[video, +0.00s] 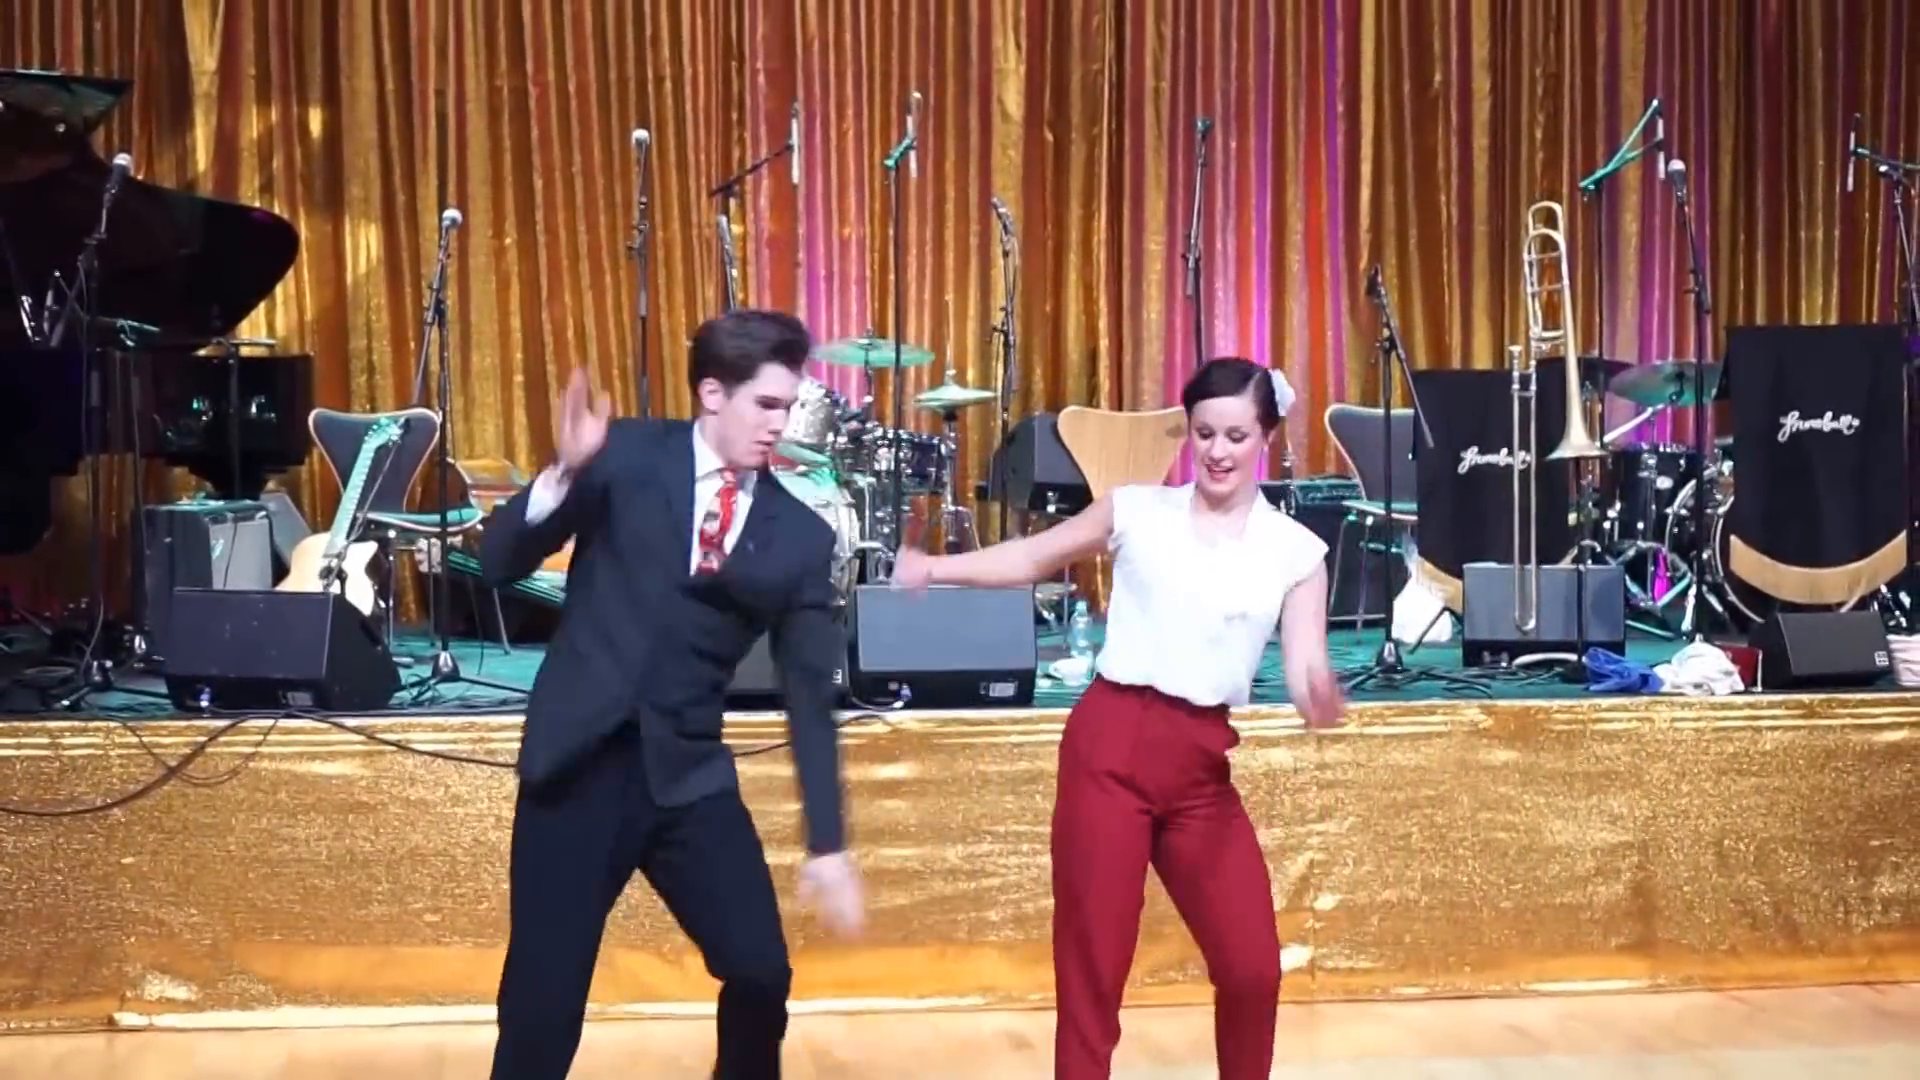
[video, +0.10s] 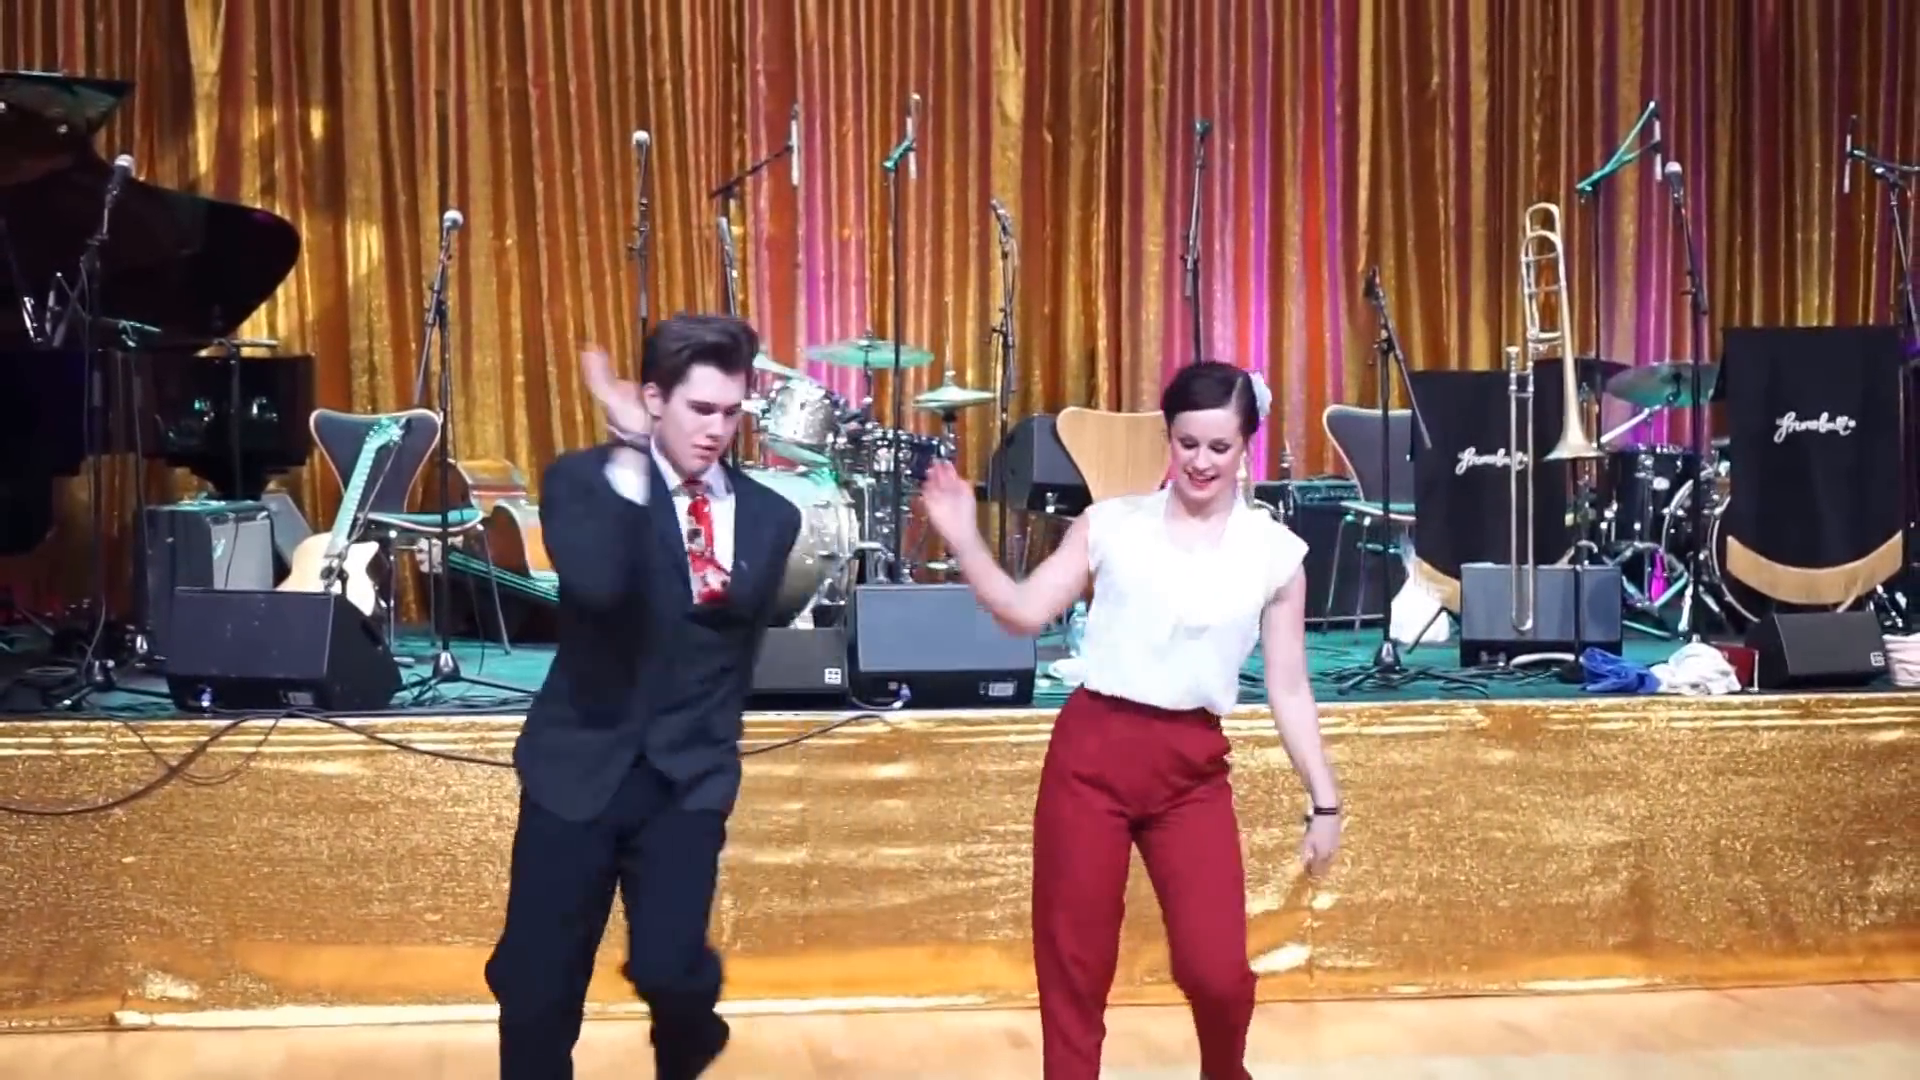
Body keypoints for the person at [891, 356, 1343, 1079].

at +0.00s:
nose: (1217, 451)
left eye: (1235, 435)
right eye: (1205, 433)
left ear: (1267, 437)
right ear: (1188, 433)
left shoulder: (1294, 551)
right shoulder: (1131, 509)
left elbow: (1310, 684)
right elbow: (1031, 557)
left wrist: (1324, 701)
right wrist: (934, 567)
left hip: (1199, 770)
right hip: (1107, 753)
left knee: (1253, 973)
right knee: (1093, 981)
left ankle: (1245, 1079)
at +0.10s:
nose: (1200, 462)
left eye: (1219, 447)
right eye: (1187, 443)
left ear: (1247, 445)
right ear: (1167, 436)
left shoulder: (1275, 555)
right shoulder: (1108, 525)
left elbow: (1290, 689)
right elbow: (1025, 612)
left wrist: (1326, 799)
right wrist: (964, 539)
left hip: (1193, 772)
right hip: (1089, 759)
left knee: (1220, 979)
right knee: (1075, 979)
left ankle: (1225, 1072)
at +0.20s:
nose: (1193, 470)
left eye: (1212, 455)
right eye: (1179, 451)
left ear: (1236, 453)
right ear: (1155, 441)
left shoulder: (1251, 548)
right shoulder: (1102, 534)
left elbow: (1268, 663)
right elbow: (1089, 664)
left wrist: (1321, 724)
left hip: (1192, 778)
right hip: (1089, 770)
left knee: (1121, 962)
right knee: (1075, 983)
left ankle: (1177, 1075)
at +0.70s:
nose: (1340, 499)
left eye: (1350, 482)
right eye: (1322, 481)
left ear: (1360, 486)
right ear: (1272, 484)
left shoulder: (1380, 587)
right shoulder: (1216, 586)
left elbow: (1375, 713)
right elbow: (1145, 677)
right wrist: (1045, 628)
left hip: (1326, 826)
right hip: (1234, 820)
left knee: (1224, 1028)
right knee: (1299, 1044)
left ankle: (1153, 1079)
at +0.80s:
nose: (1397, 497)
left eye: (1401, 479)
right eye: (1379, 480)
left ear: (1408, 481)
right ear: (1323, 483)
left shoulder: (1431, 584)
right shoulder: (1259, 586)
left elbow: (1462, 721)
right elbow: (1170, 664)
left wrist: (1496, 850)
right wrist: (1109, 603)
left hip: (1385, 835)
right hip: (1281, 829)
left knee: (1399, 1047)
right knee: (1286, 1053)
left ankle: (1302, 1074)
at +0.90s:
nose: (1458, 479)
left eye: (1462, 462)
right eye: (1443, 461)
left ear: (1466, 467)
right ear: (1384, 462)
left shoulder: (1488, 554)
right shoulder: (1309, 563)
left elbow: (1552, 651)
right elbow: (1203, 635)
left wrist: (1614, 729)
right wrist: (1172, 586)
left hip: (1437, 820)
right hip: (1326, 816)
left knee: (1535, 1014)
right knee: (1305, 1038)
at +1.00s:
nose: (1520, 460)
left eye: (1523, 441)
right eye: (1506, 441)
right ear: (1449, 443)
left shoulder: (1540, 509)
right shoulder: (1368, 532)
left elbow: (1623, 564)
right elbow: (1243, 602)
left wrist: (1686, 588)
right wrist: (1250, 565)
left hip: (1522, 792)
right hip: (1408, 796)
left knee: (1588, 1023)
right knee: (1387, 1033)